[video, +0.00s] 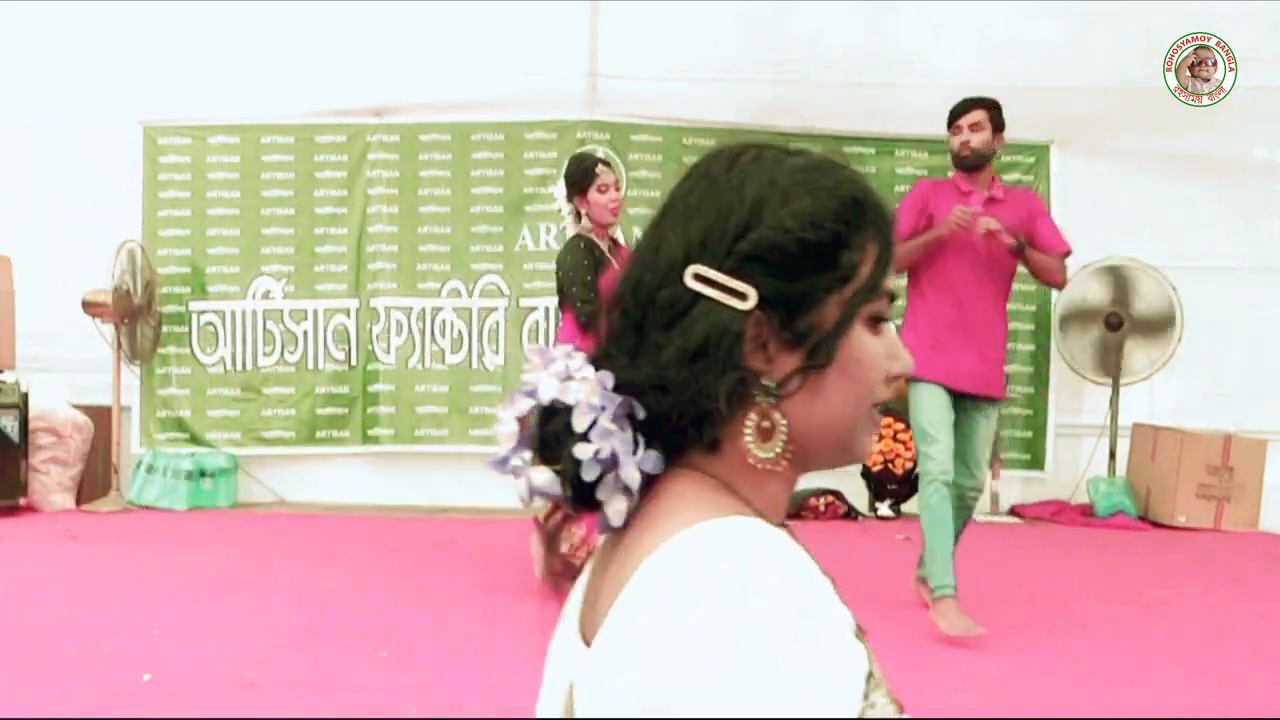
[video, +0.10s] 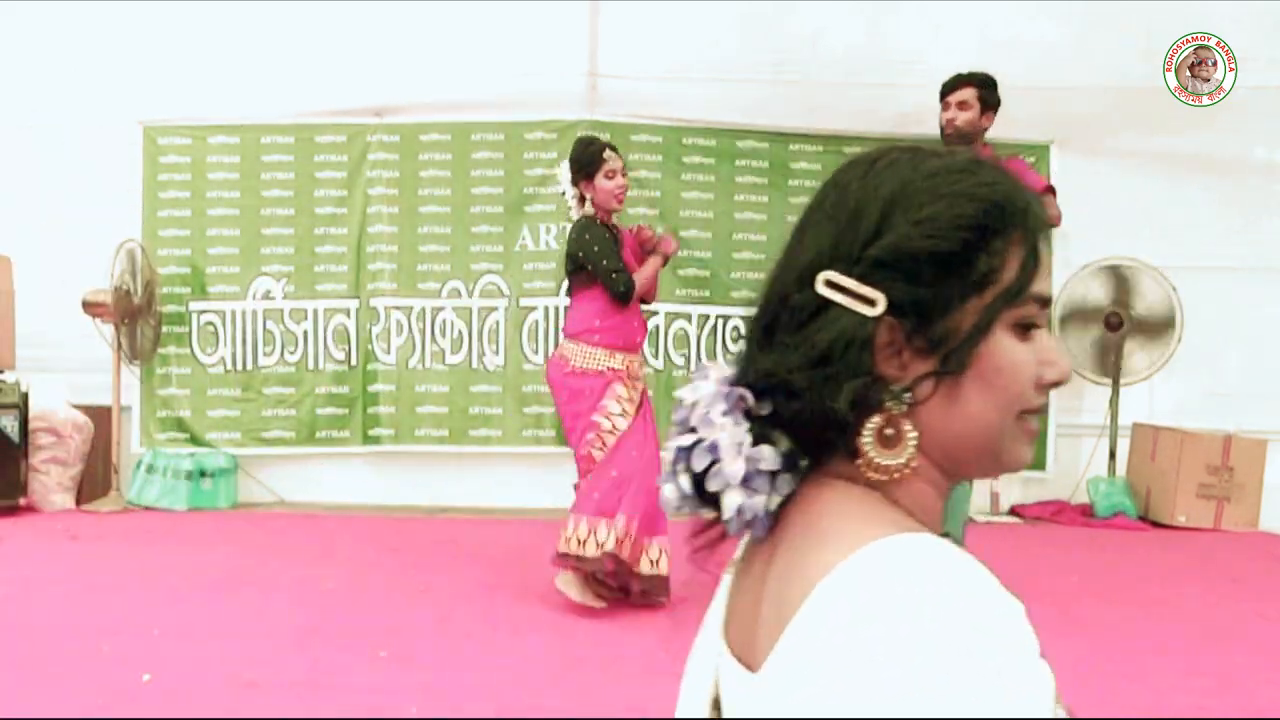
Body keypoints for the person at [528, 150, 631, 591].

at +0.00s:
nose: (614, 198)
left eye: (617, 188)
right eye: (603, 190)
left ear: (622, 191)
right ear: (580, 200)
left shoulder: (622, 249)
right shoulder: (576, 253)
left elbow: (632, 303)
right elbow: (586, 316)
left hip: (615, 364)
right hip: (581, 366)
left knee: (611, 463)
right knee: (581, 463)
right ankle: (567, 549)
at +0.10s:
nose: (621, 183)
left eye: (623, 174)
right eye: (610, 176)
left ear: (626, 179)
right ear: (585, 186)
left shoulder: (623, 234)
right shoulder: (588, 233)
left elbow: (647, 294)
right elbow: (626, 289)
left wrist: (650, 258)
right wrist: (657, 258)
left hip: (623, 367)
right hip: (585, 368)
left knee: (642, 464)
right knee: (610, 465)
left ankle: (614, 565)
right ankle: (573, 564)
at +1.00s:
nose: (613, 185)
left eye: (617, 176)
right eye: (602, 177)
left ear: (623, 182)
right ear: (578, 185)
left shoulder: (628, 232)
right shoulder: (564, 236)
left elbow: (658, 288)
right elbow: (573, 300)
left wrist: (626, 259)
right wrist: (620, 267)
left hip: (617, 356)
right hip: (573, 356)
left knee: (619, 452)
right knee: (573, 453)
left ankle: (610, 559)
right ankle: (543, 542)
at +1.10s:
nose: (601, 188)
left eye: (607, 179)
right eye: (590, 179)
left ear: (614, 186)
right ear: (568, 186)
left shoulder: (627, 237)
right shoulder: (549, 240)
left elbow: (641, 294)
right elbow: (536, 304)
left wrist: (606, 273)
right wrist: (580, 282)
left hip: (614, 362)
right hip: (561, 364)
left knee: (612, 454)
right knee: (558, 456)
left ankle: (610, 559)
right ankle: (544, 546)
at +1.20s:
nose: (592, 198)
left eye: (598, 190)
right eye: (581, 189)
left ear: (606, 197)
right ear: (561, 196)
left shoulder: (623, 250)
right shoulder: (542, 253)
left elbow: (636, 312)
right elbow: (519, 315)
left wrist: (597, 300)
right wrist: (544, 322)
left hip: (609, 375)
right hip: (557, 377)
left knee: (607, 465)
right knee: (558, 465)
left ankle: (608, 566)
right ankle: (562, 565)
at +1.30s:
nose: (584, 197)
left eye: (591, 189)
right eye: (574, 188)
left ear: (599, 198)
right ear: (554, 196)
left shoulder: (615, 252)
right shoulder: (536, 254)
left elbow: (644, 305)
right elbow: (513, 311)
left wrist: (639, 308)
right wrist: (480, 326)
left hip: (604, 375)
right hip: (553, 378)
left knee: (598, 466)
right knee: (552, 465)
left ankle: (595, 568)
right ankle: (553, 562)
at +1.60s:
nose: (595, 195)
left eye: (602, 186)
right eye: (584, 186)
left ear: (611, 193)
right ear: (566, 196)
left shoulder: (628, 247)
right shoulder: (550, 250)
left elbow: (651, 306)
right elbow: (519, 311)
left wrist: (683, 285)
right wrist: (498, 298)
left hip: (617, 376)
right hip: (565, 376)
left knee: (614, 466)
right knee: (566, 464)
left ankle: (608, 564)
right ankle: (560, 560)